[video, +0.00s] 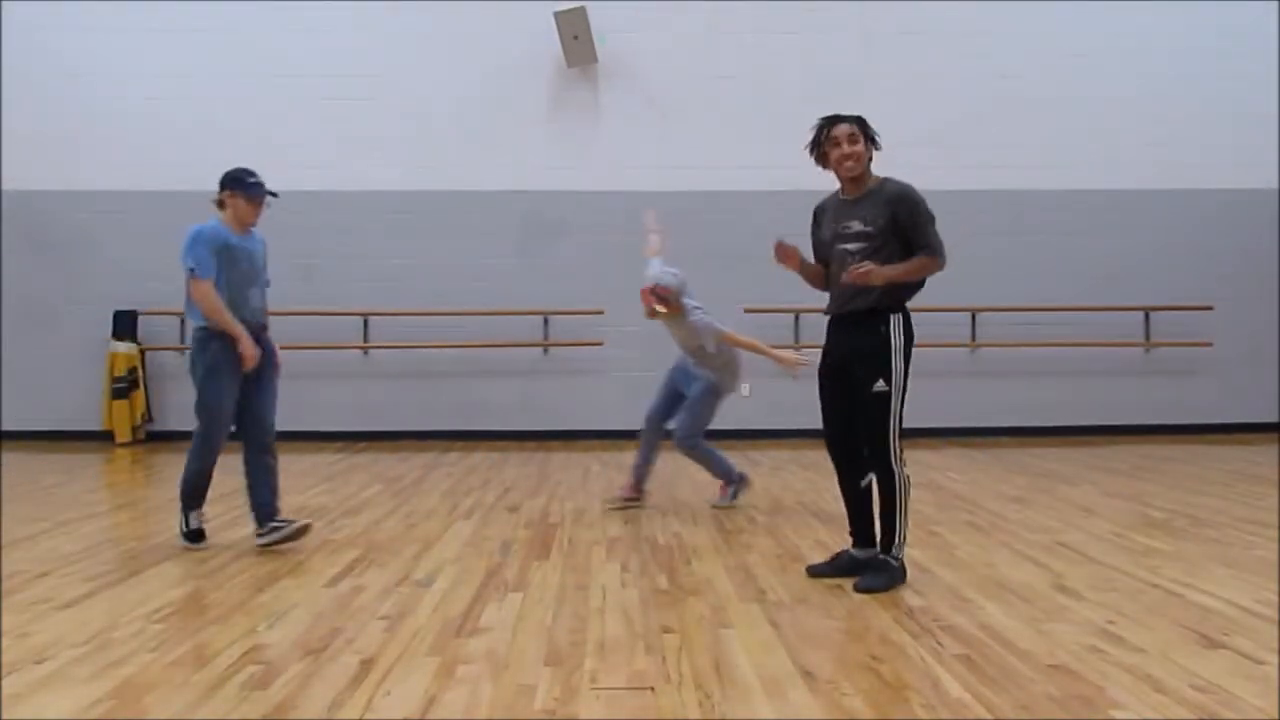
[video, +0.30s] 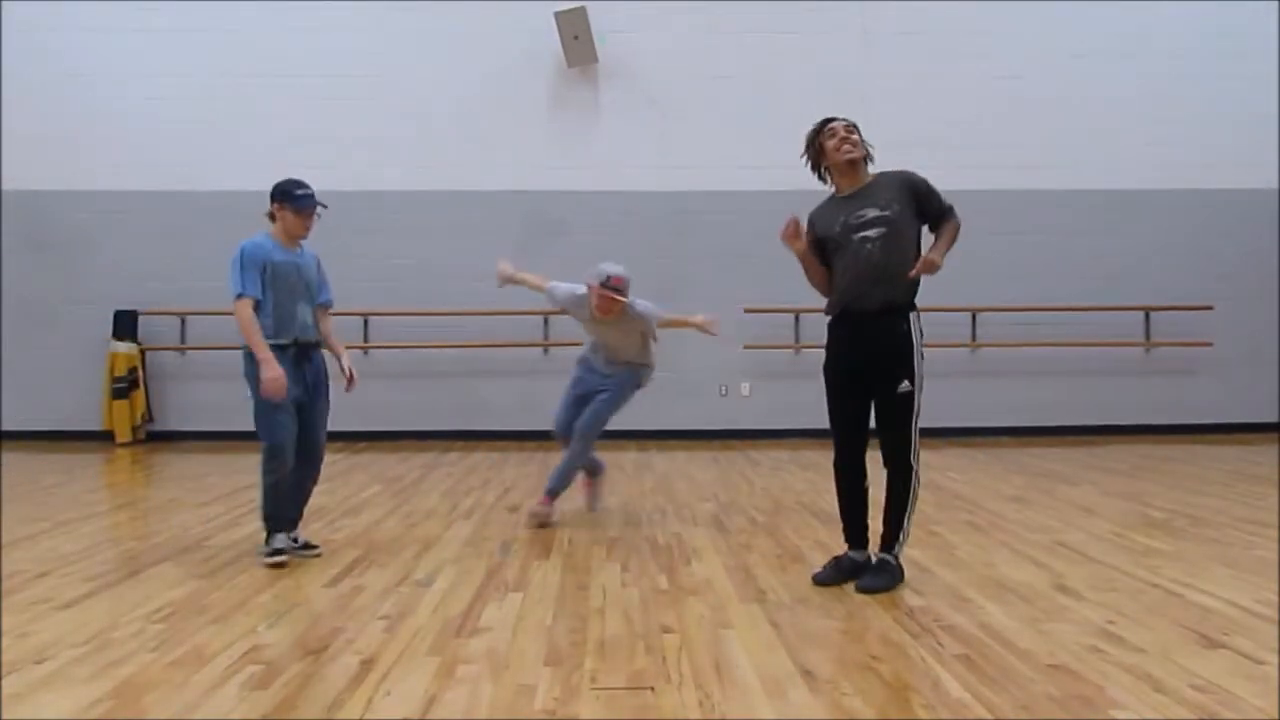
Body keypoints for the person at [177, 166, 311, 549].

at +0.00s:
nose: (259, 209)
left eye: (262, 203)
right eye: (252, 202)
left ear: (260, 203)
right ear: (228, 199)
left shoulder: (257, 244)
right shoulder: (204, 238)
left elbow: (257, 300)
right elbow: (201, 292)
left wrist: (266, 342)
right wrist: (241, 336)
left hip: (255, 342)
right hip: (216, 344)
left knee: (261, 434)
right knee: (213, 432)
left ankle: (267, 519)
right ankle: (192, 507)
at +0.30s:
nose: (310, 221)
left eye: (312, 214)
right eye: (302, 214)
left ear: (311, 214)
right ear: (278, 211)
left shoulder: (311, 260)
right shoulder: (253, 252)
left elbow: (322, 317)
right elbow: (243, 310)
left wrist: (341, 354)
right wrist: (266, 361)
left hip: (310, 358)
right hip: (272, 358)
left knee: (311, 450)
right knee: (281, 446)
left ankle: (289, 529)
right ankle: (276, 533)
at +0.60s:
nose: (340, 219)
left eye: (344, 212)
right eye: (331, 212)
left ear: (348, 211)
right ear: (308, 209)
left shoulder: (347, 253)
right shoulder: (282, 255)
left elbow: (358, 309)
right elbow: (254, 314)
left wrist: (363, 359)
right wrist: (248, 376)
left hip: (340, 361)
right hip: (304, 360)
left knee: (308, 448)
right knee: (331, 445)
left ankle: (280, 529)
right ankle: (355, 537)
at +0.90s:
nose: (380, 215)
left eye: (385, 207)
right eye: (372, 207)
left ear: (390, 207)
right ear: (349, 204)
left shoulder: (389, 247)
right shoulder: (327, 252)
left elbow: (398, 302)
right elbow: (306, 314)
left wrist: (402, 354)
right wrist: (332, 369)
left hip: (382, 358)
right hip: (347, 358)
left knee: (379, 447)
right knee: (360, 448)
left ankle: (313, 505)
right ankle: (364, 542)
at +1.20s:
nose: (429, 216)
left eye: (435, 208)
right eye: (422, 207)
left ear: (439, 208)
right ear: (399, 201)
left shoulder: (417, 244)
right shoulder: (376, 240)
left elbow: (407, 294)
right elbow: (325, 284)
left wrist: (428, 325)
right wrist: (369, 326)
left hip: (421, 357)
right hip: (385, 359)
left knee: (441, 435)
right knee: (375, 447)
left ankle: (454, 527)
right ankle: (364, 542)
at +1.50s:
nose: (471, 231)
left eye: (478, 223)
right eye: (464, 222)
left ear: (485, 221)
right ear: (443, 213)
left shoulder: (470, 258)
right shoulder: (417, 250)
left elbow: (472, 322)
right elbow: (408, 311)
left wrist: (493, 307)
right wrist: (460, 278)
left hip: (470, 365)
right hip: (428, 368)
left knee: (491, 450)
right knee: (421, 457)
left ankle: (485, 533)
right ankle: (378, 532)